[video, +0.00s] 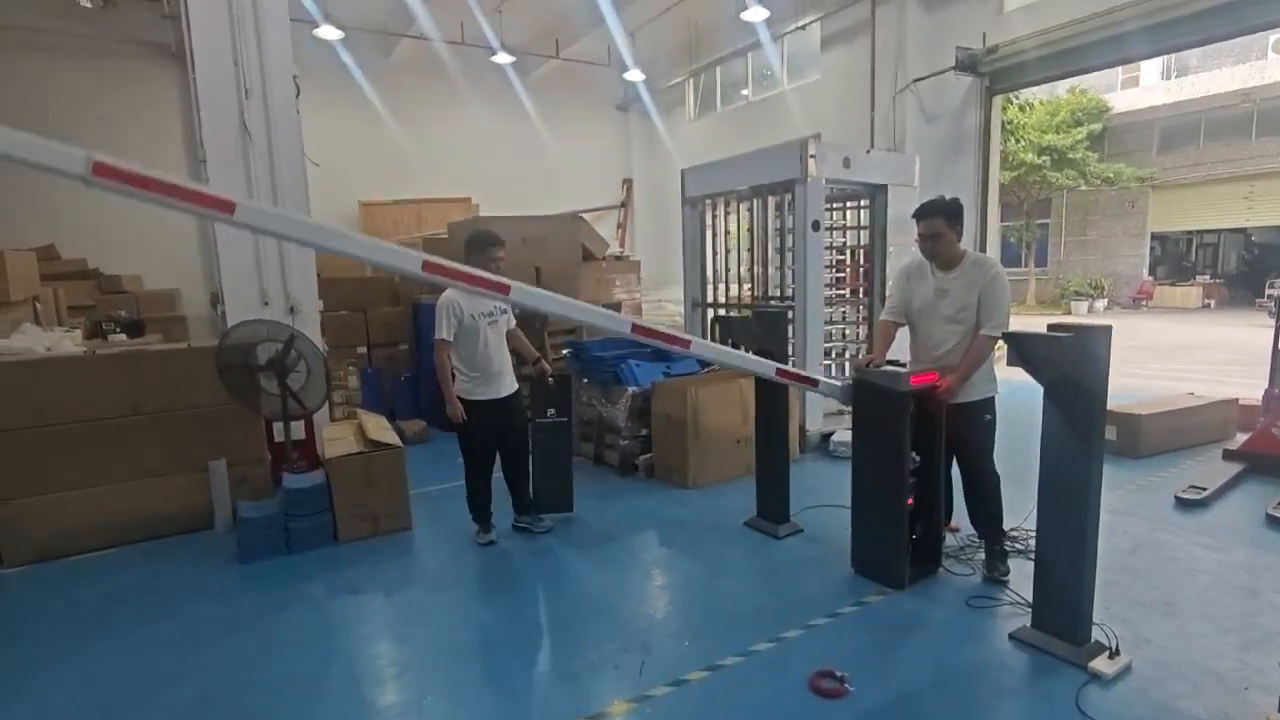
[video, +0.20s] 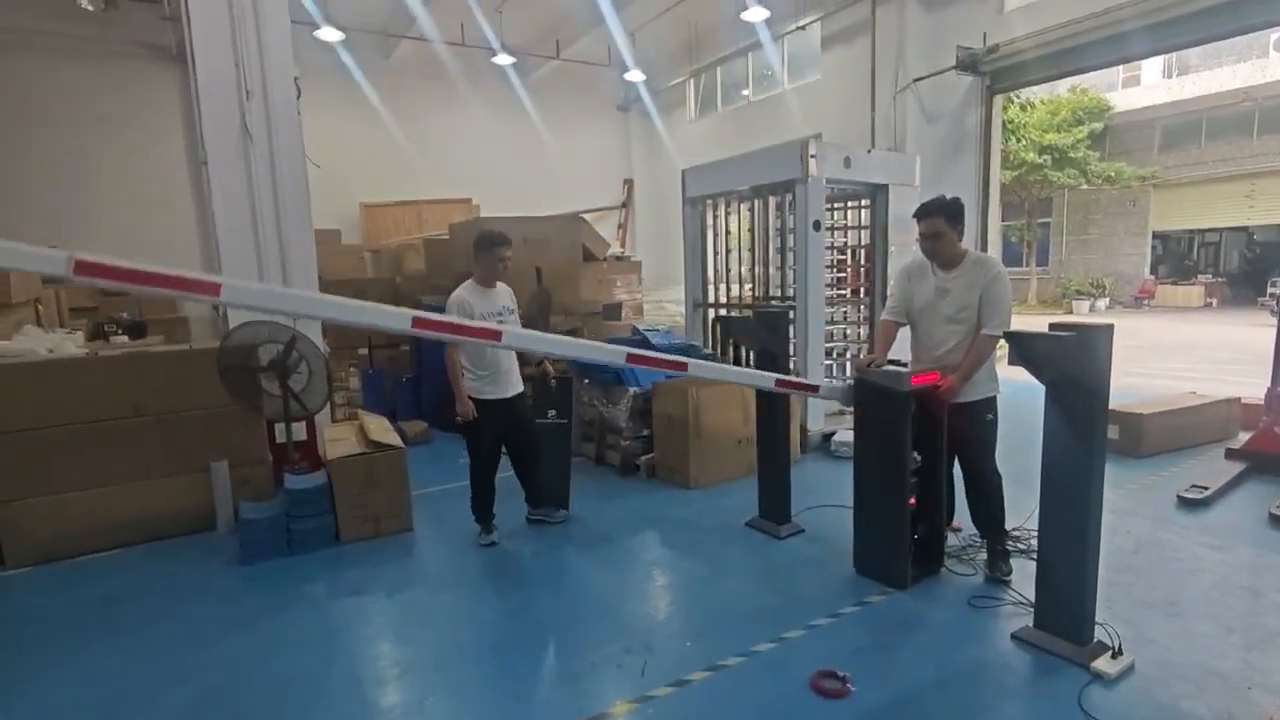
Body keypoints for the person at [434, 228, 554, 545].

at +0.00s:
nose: (501, 266)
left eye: (502, 260)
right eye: (495, 260)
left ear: (500, 260)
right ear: (475, 259)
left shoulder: (499, 293)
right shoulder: (452, 300)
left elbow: (512, 332)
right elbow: (441, 352)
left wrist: (536, 358)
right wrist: (450, 397)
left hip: (508, 395)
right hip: (473, 400)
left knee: (517, 459)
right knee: (479, 466)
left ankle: (523, 513)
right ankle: (483, 524)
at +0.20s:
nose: (506, 266)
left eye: (508, 260)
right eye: (501, 260)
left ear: (507, 260)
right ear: (480, 260)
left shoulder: (506, 293)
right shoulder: (461, 299)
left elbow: (516, 337)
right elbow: (452, 351)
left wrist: (540, 360)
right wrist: (460, 396)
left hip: (514, 394)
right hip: (480, 399)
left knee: (528, 453)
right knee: (483, 465)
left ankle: (537, 507)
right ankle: (485, 523)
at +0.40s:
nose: (523, 265)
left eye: (524, 260)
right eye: (517, 260)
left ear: (523, 260)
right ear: (497, 259)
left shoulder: (520, 292)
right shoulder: (480, 298)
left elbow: (525, 333)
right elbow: (473, 346)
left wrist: (543, 352)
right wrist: (480, 392)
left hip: (526, 391)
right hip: (496, 396)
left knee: (534, 452)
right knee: (494, 462)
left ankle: (542, 506)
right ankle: (488, 523)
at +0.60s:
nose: (538, 264)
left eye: (540, 258)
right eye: (532, 258)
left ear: (541, 259)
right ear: (514, 257)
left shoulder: (536, 292)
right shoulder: (498, 295)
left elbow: (539, 336)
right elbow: (491, 345)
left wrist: (557, 356)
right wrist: (501, 389)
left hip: (542, 389)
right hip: (515, 392)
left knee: (543, 450)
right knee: (514, 455)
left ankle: (544, 505)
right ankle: (496, 517)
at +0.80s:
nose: (551, 263)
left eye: (553, 257)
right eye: (545, 257)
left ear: (553, 258)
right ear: (528, 256)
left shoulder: (549, 291)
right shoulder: (510, 293)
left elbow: (554, 334)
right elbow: (503, 342)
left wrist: (573, 356)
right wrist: (514, 385)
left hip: (552, 385)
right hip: (528, 388)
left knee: (552, 449)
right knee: (537, 453)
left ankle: (546, 504)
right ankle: (532, 514)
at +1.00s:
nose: (560, 263)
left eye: (562, 257)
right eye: (554, 257)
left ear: (563, 258)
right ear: (536, 256)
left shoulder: (560, 291)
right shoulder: (519, 294)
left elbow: (568, 331)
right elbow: (511, 343)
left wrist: (588, 354)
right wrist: (518, 387)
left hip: (561, 383)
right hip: (537, 386)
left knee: (551, 446)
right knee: (554, 448)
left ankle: (544, 504)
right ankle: (573, 512)